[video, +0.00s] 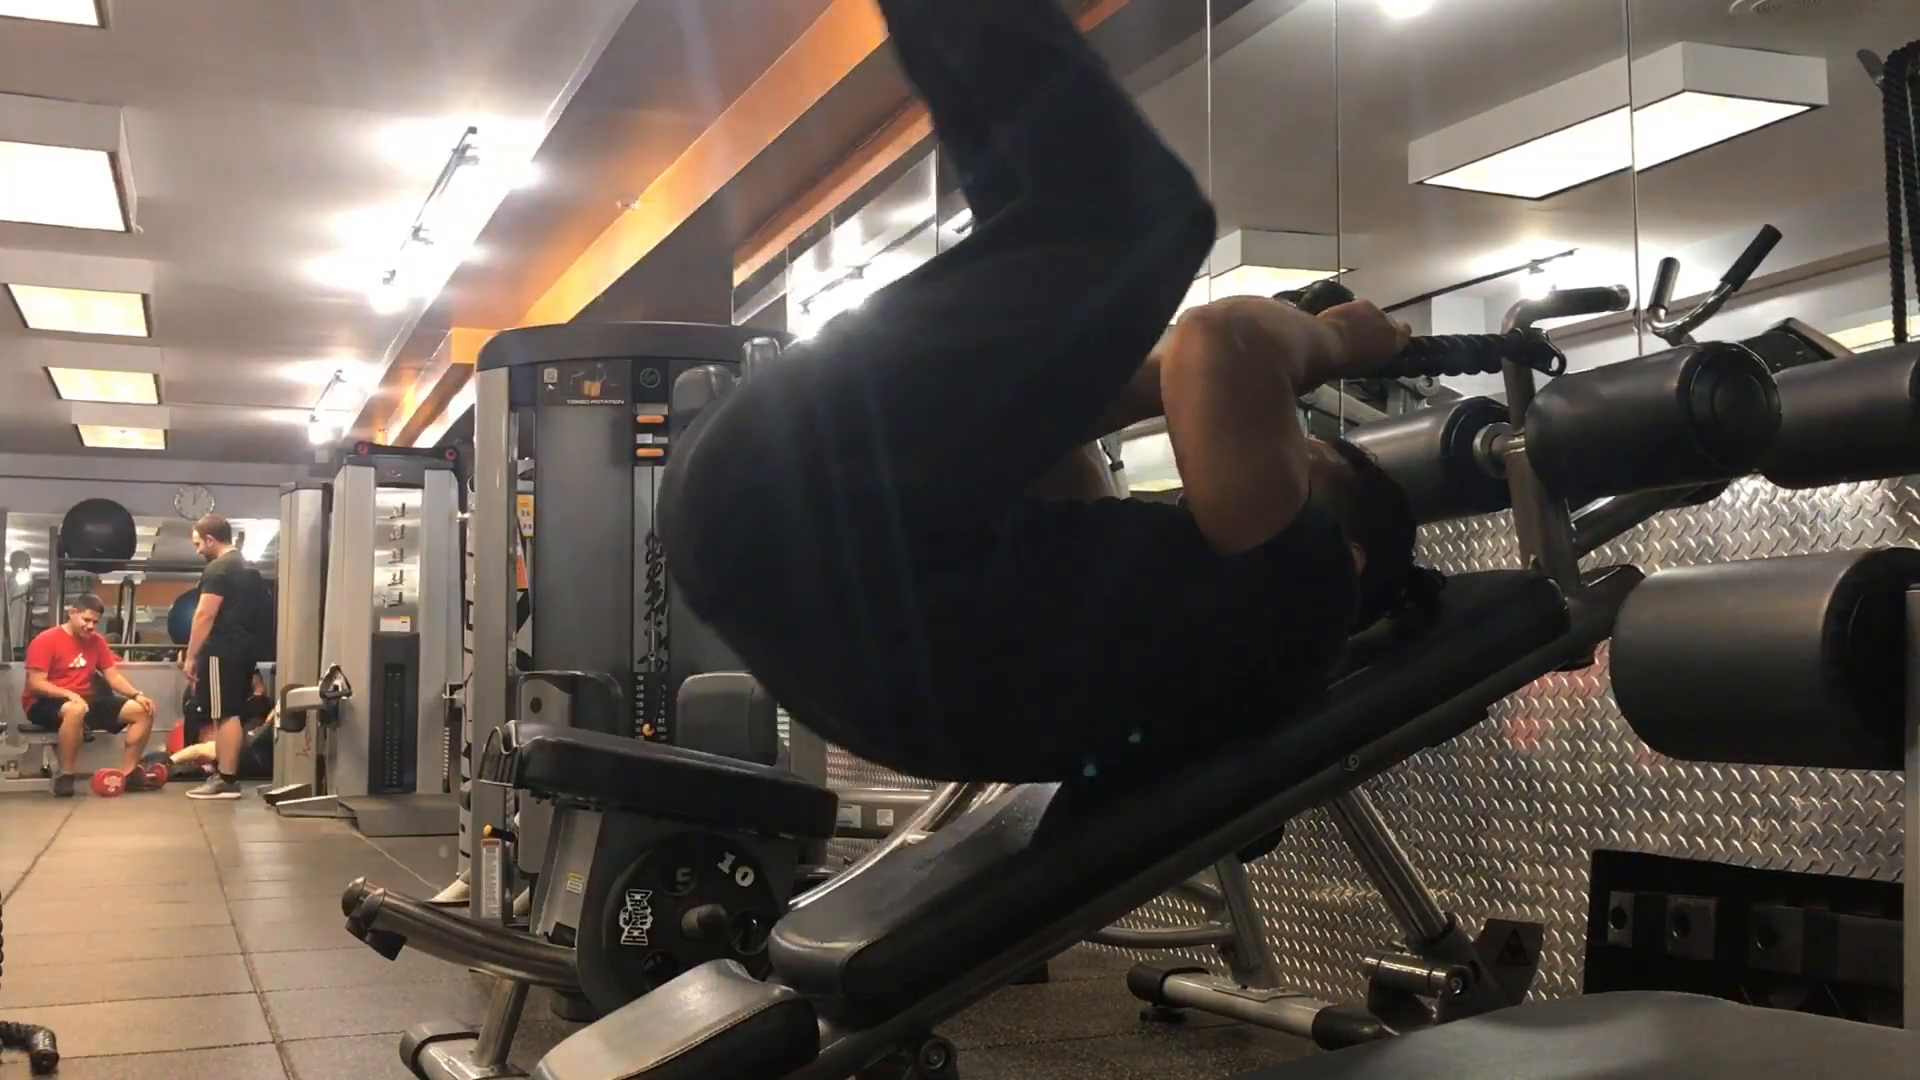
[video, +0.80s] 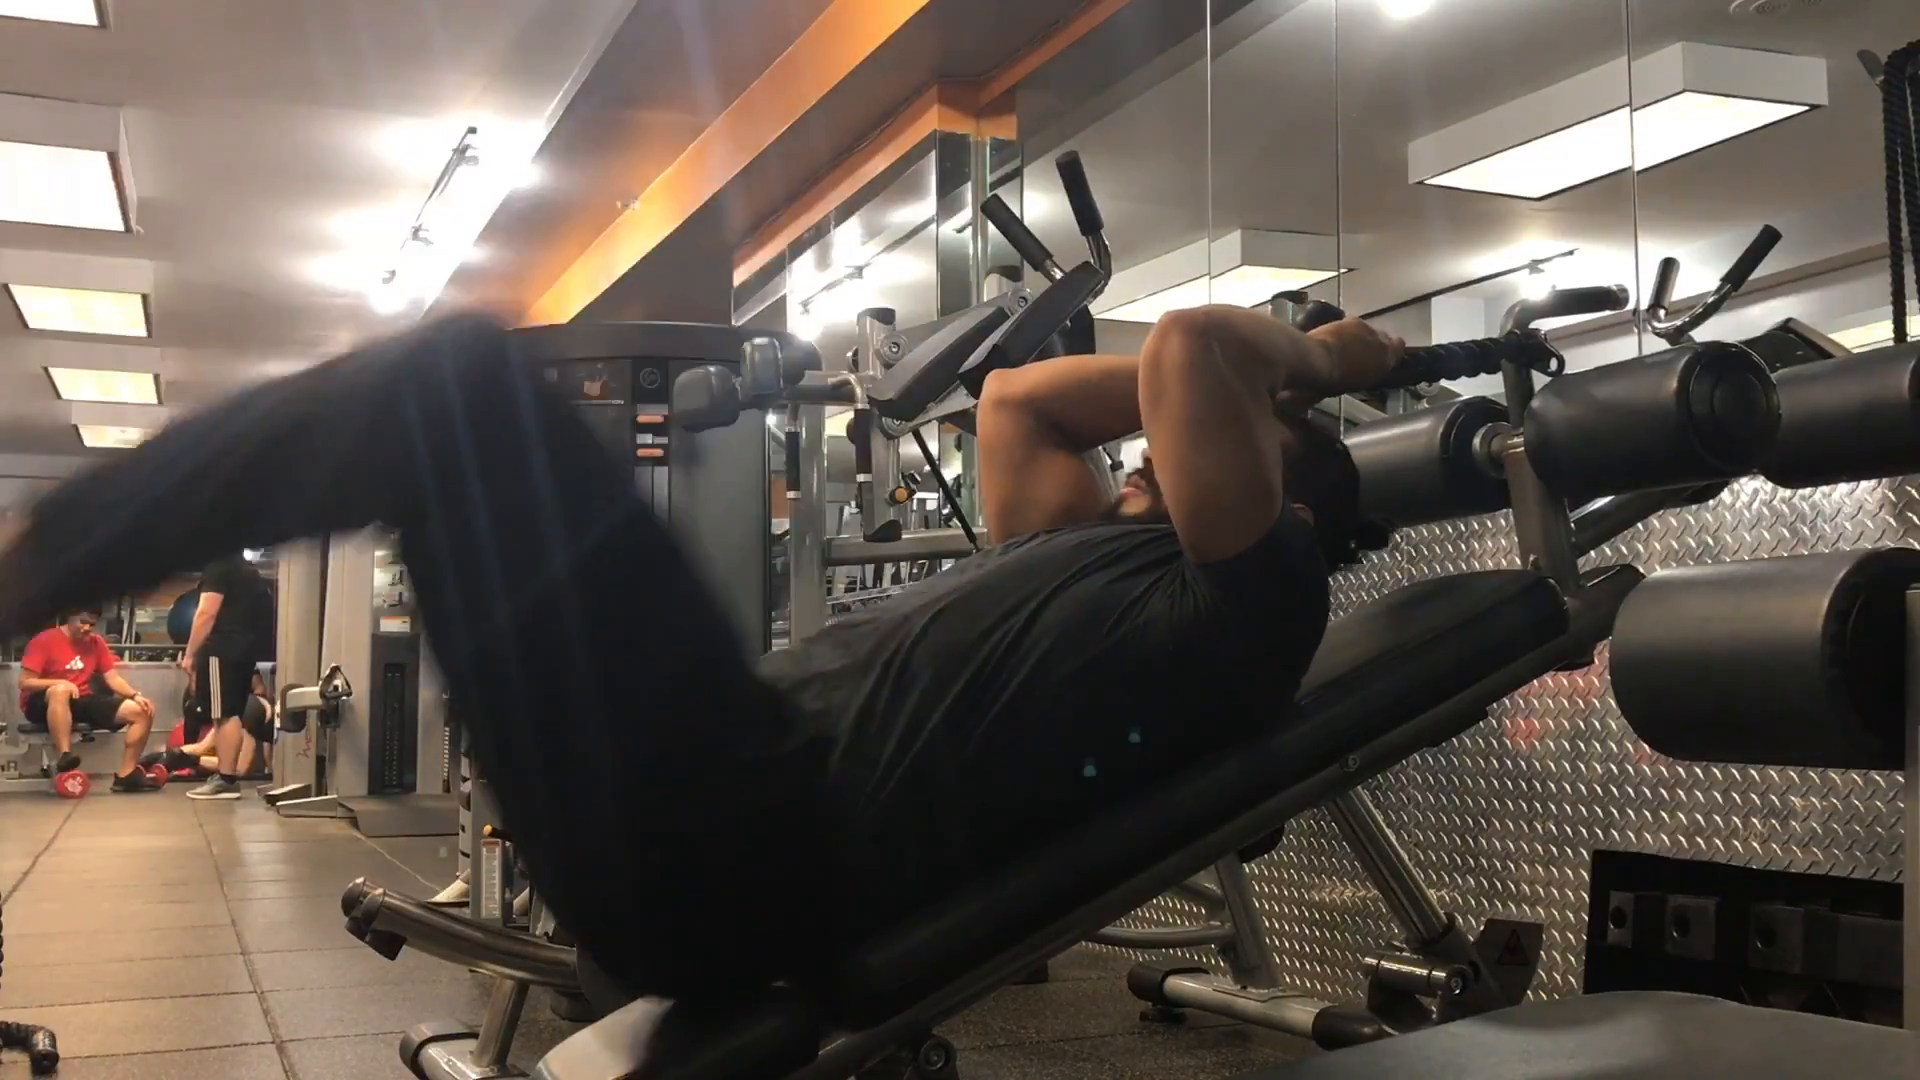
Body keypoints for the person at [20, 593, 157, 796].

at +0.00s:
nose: (90, 626)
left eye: (95, 622)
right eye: (86, 620)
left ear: (99, 622)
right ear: (72, 613)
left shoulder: (97, 641)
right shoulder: (46, 641)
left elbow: (112, 676)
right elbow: (36, 683)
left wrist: (137, 695)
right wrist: (69, 694)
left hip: (86, 702)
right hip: (45, 703)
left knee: (143, 712)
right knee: (75, 710)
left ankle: (129, 774)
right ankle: (66, 776)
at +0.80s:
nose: (87, 628)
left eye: (92, 624)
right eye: (83, 622)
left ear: (96, 624)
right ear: (69, 618)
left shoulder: (95, 642)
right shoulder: (44, 641)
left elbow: (113, 678)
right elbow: (25, 682)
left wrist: (135, 695)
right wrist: (62, 684)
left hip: (82, 702)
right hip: (42, 704)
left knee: (143, 712)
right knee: (61, 690)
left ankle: (126, 774)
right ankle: (64, 756)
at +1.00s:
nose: (87, 631)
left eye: (93, 626)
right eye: (83, 624)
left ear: (97, 625)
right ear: (71, 616)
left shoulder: (99, 644)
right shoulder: (43, 643)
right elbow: (28, 683)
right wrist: (66, 684)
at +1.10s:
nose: (88, 631)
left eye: (93, 626)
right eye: (83, 625)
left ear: (97, 625)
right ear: (71, 617)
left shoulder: (98, 642)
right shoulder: (45, 642)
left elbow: (113, 677)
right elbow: (28, 684)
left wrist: (136, 695)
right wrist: (65, 686)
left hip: (84, 702)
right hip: (43, 705)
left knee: (142, 712)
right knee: (63, 692)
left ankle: (126, 769)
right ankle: (65, 761)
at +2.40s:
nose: (81, 619)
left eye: (85, 614)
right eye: (75, 614)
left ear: (90, 615)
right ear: (61, 616)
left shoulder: (96, 637)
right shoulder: (45, 641)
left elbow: (119, 665)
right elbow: (47, 680)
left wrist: (135, 693)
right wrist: (88, 671)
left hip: (86, 702)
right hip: (44, 704)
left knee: (142, 712)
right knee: (71, 693)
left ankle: (125, 775)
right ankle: (72, 765)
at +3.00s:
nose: (83, 620)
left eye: (86, 614)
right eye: (76, 616)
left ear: (92, 615)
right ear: (64, 620)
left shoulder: (99, 635)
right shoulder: (48, 641)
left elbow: (134, 661)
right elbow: (52, 681)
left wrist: (144, 694)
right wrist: (95, 684)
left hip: (86, 704)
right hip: (45, 705)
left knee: (144, 711)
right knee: (68, 693)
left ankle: (125, 775)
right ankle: (71, 764)